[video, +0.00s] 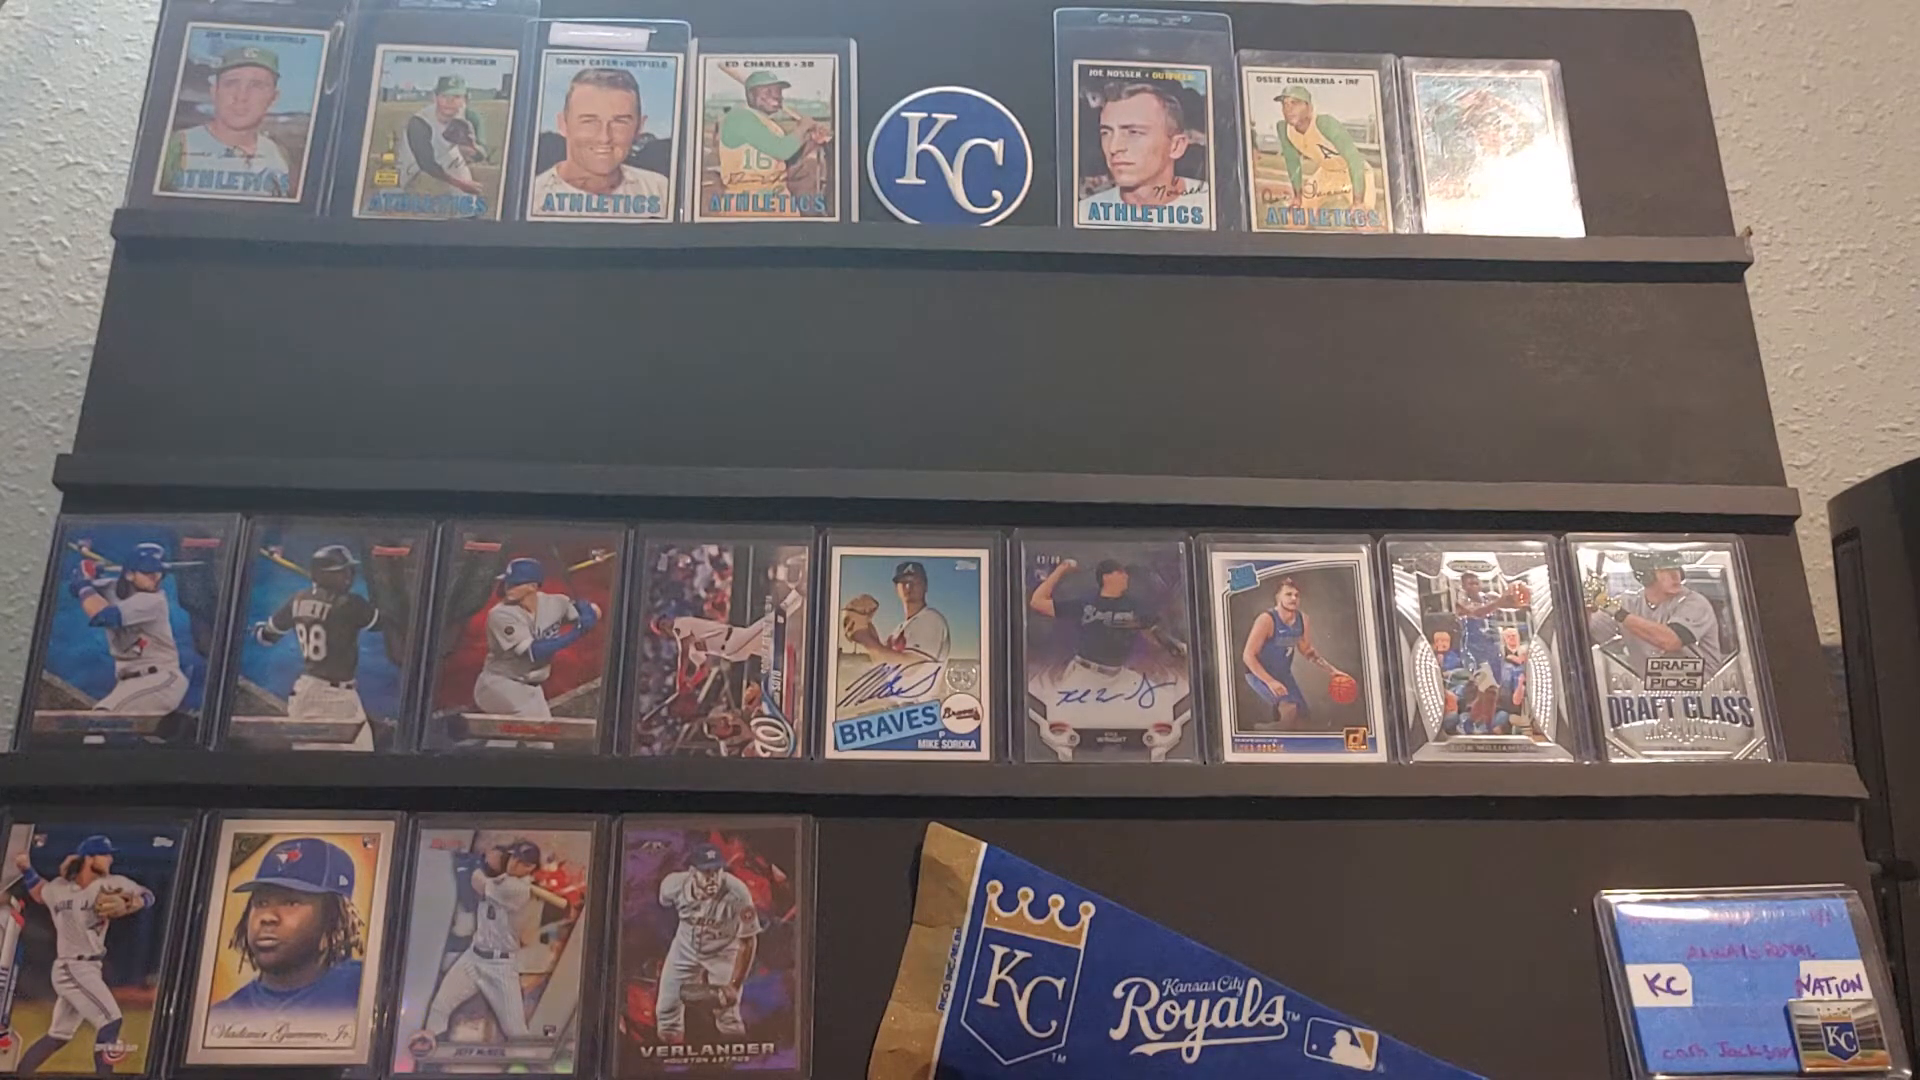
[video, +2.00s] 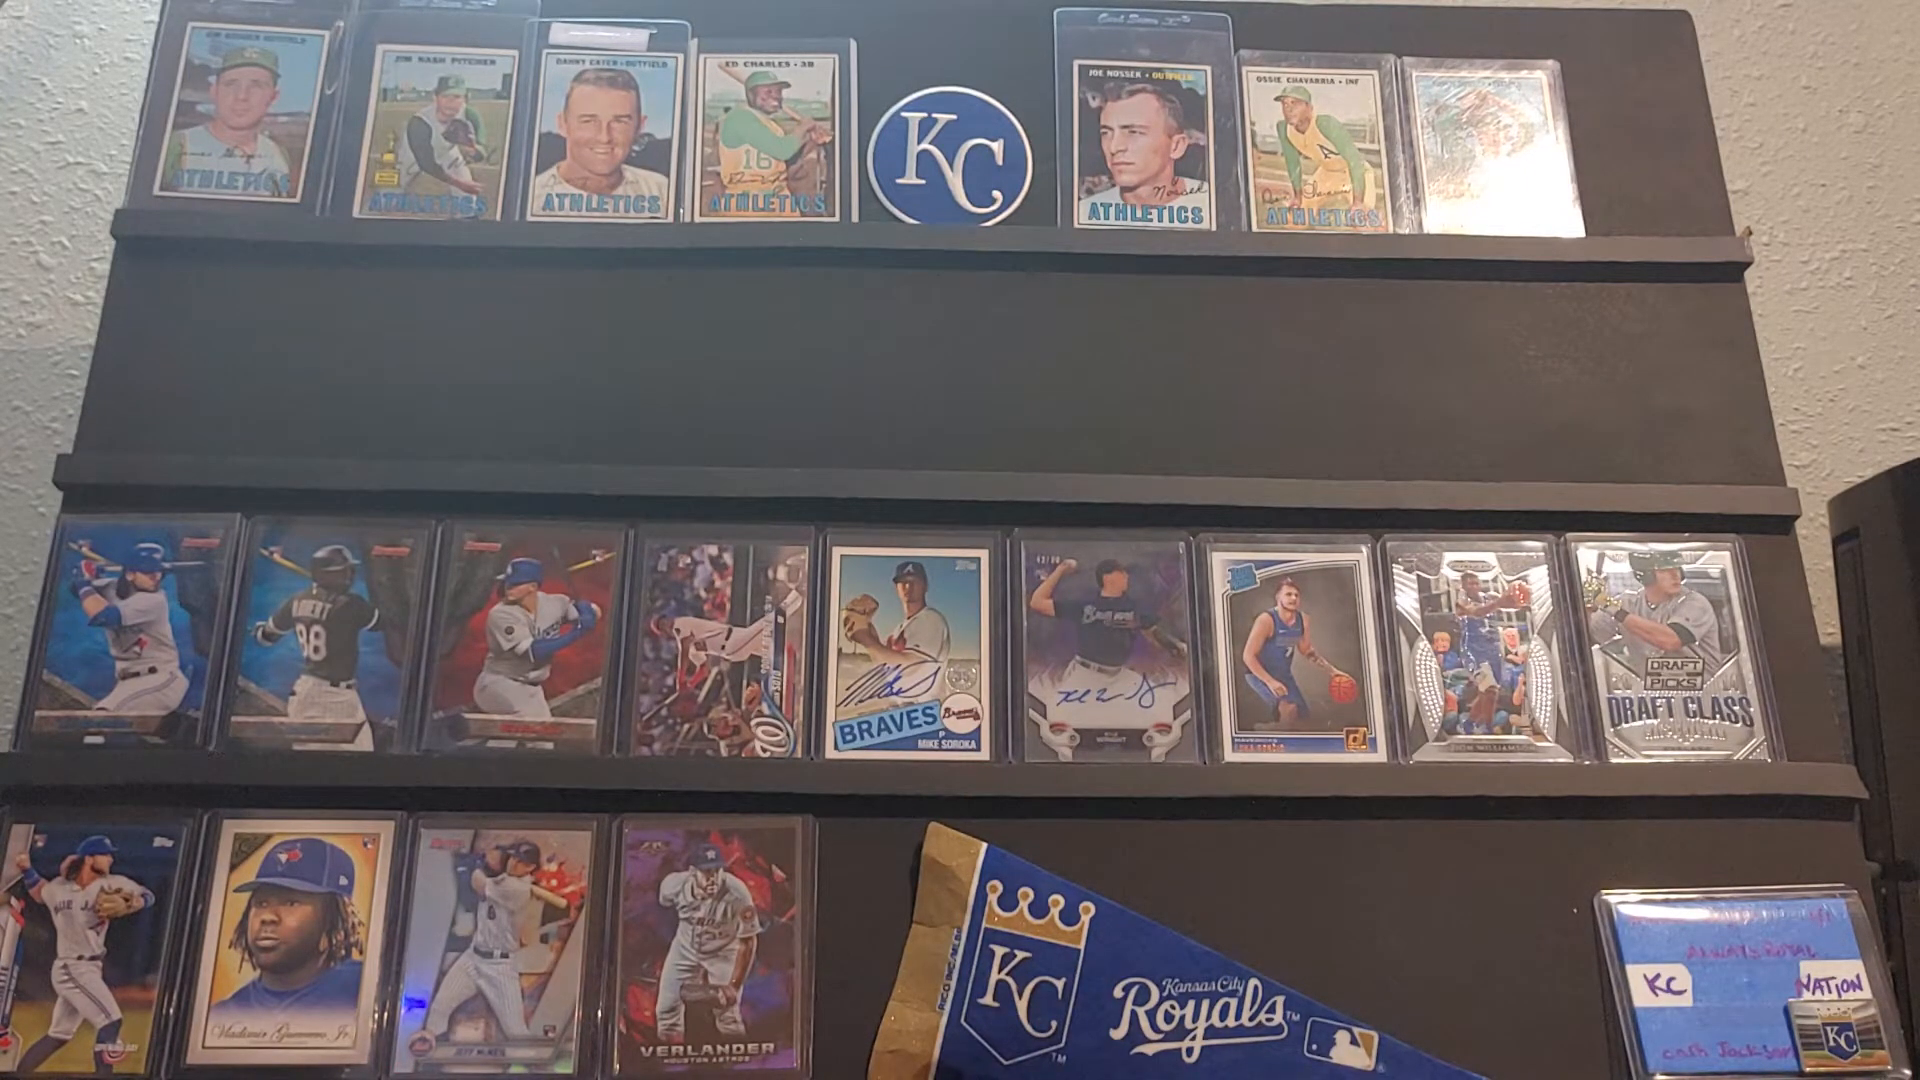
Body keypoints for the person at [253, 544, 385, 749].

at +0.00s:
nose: (350, 577)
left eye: (350, 572)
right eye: (346, 572)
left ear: (319, 575)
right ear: (335, 575)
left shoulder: (299, 600)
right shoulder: (351, 605)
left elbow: (267, 637)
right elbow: (388, 622)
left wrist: (259, 630)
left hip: (305, 694)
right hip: (342, 699)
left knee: (307, 767)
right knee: (360, 768)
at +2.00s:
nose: (352, 576)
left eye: (351, 571)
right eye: (349, 571)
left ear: (319, 574)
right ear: (338, 575)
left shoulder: (298, 601)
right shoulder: (351, 605)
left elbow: (267, 637)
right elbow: (386, 622)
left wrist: (259, 630)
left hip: (305, 693)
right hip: (341, 697)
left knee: (307, 764)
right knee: (359, 766)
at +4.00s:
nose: (351, 577)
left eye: (350, 572)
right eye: (347, 572)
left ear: (320, 574)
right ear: (336, 575)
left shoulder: (299, 600)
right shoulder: (350, 605)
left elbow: (267, 637)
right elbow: (386, 620)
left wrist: (260, 630)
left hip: (305, 694)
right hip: (340, 699)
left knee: (307, 766)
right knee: (359, 768)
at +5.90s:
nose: (351, 576)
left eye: (351, 570)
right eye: (347, 570)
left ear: (320, 574)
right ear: (335, 574)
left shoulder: (299, 600)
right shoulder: (352, 605)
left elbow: (267, 637)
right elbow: (385, 622)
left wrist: (259, 630)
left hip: (306, 692)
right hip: (341, 696)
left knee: (306, 765)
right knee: (359, 765)